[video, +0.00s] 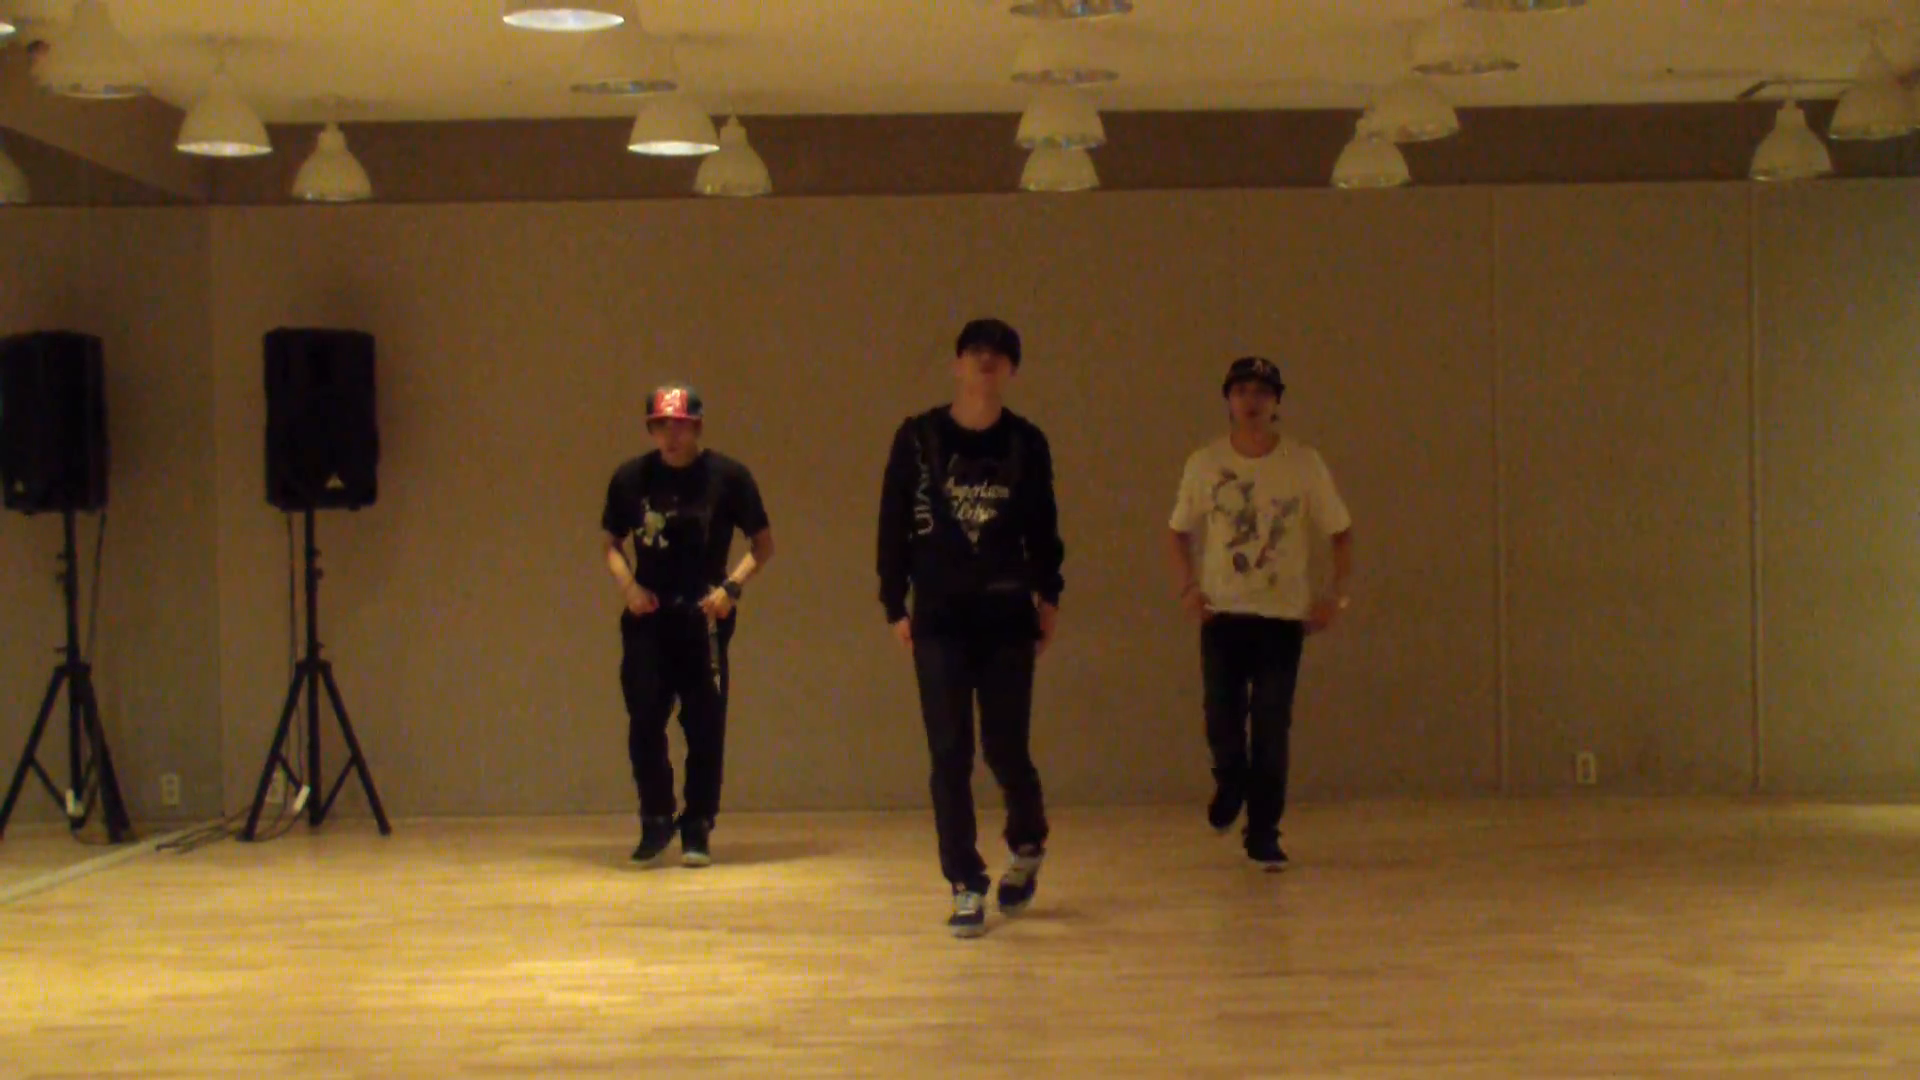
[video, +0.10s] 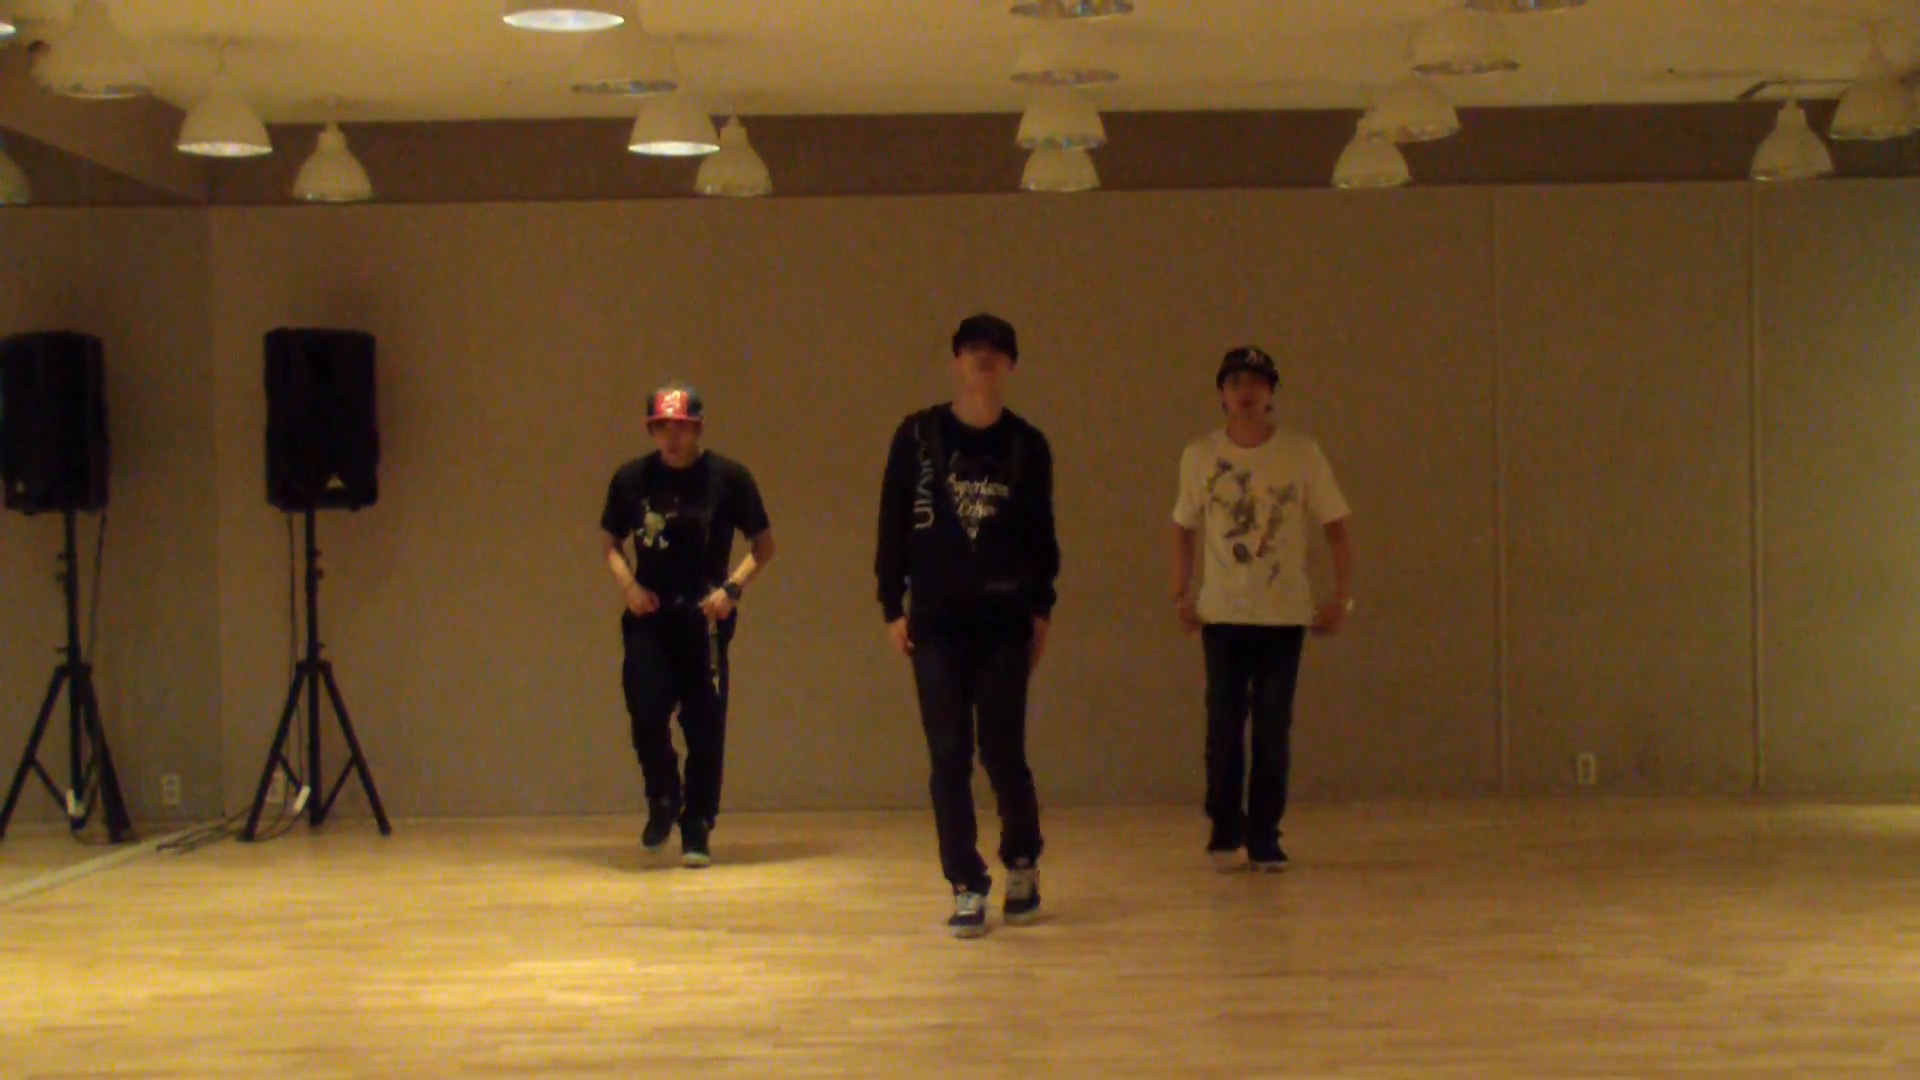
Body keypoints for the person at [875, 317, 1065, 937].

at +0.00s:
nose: (988, 368)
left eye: (998, 361)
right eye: (978, 358)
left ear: (1012, 372)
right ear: (957, 364)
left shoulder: (1026, 441)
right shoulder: (918, 436)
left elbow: (1043, 525)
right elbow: (893, 525)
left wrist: (1048, 595)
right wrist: (896, 605)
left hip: (1008, 615)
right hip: (940, 614)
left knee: (1005, 748)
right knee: (949, 753)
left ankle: (1027, 845)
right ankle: (964, 882)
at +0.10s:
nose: (984, 363)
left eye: (995, 355)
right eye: (974, 353)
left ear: (1011, 366)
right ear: (955, 362)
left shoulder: (1028, 444)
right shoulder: (918, 434)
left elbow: (1041, 532)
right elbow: (893, 523)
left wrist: (1041, 607)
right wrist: (894, 606)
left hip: (1005, 617)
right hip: (937, 616)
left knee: (1002, 751)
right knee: (949, 756)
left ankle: (1020, 861)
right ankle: (965, 884)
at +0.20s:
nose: (980, 366)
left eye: (991, 356)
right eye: (969, 355)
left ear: (1006, 365)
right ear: (950, 363)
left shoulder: (1031, 446)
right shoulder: (916, 436)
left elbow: (1044, 538)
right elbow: (893, 527)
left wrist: (1040, 617)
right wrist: (893, 609)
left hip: (1004, 620)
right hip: (936, 620)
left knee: (1000, 754)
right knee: (948, 757)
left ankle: (1012, 876)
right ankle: (966, 884)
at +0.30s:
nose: (970, 375)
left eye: (980, 364)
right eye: (960, 365)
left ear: (998, 370)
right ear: (945, 371)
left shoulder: (1030, 447)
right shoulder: (917, 445)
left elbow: (1049, 539)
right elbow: (893, 533)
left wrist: (1044, 620)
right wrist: (892, 612)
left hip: (1005, 625)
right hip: (936, 626)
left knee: (998, 758)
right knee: (949, 760)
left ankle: (1006, 882)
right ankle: (966, 885)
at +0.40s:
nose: (962, 389)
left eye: (973, 378)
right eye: (952, 379)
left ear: (990, 382)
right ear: (937, 384)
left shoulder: (1027, 455)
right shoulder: (915, 460)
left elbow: (1051, 548)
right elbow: (890, 545)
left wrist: (1047, 630)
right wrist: (888, 621)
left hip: (1004, 631)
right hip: (936, 633)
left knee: (1000, 762)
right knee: (950, 764)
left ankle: (1005, 885)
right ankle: (967, 887)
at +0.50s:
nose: (952, 391)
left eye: (963, 380)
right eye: (942, 381)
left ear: (983, 384)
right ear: (928, 386)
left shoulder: (1022, 453)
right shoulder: (911, 458)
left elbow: (1053, 535)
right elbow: (891, 533)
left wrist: (1049, 578)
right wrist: (886, 565)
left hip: (1006, 625)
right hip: (937, 628)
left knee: (998, 747)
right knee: (948, 760)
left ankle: (1009, 853)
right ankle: (967, 885)